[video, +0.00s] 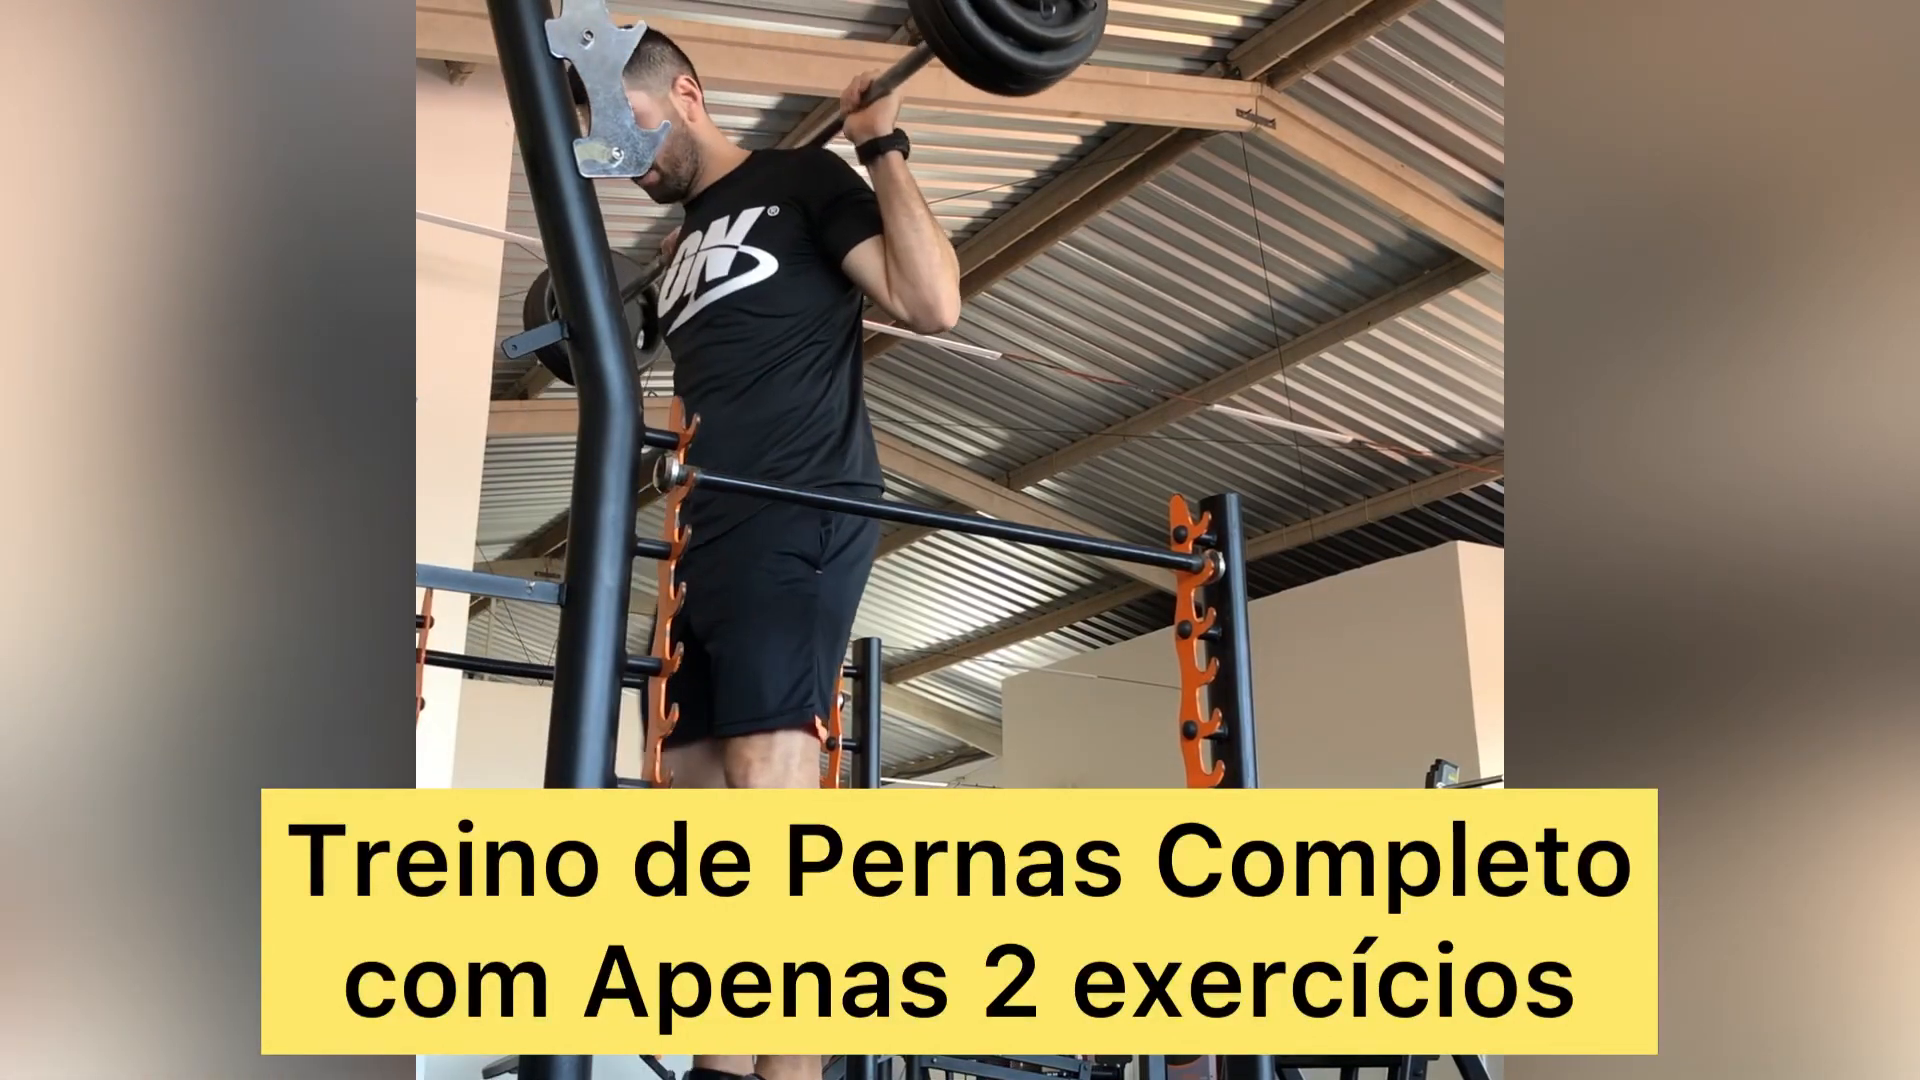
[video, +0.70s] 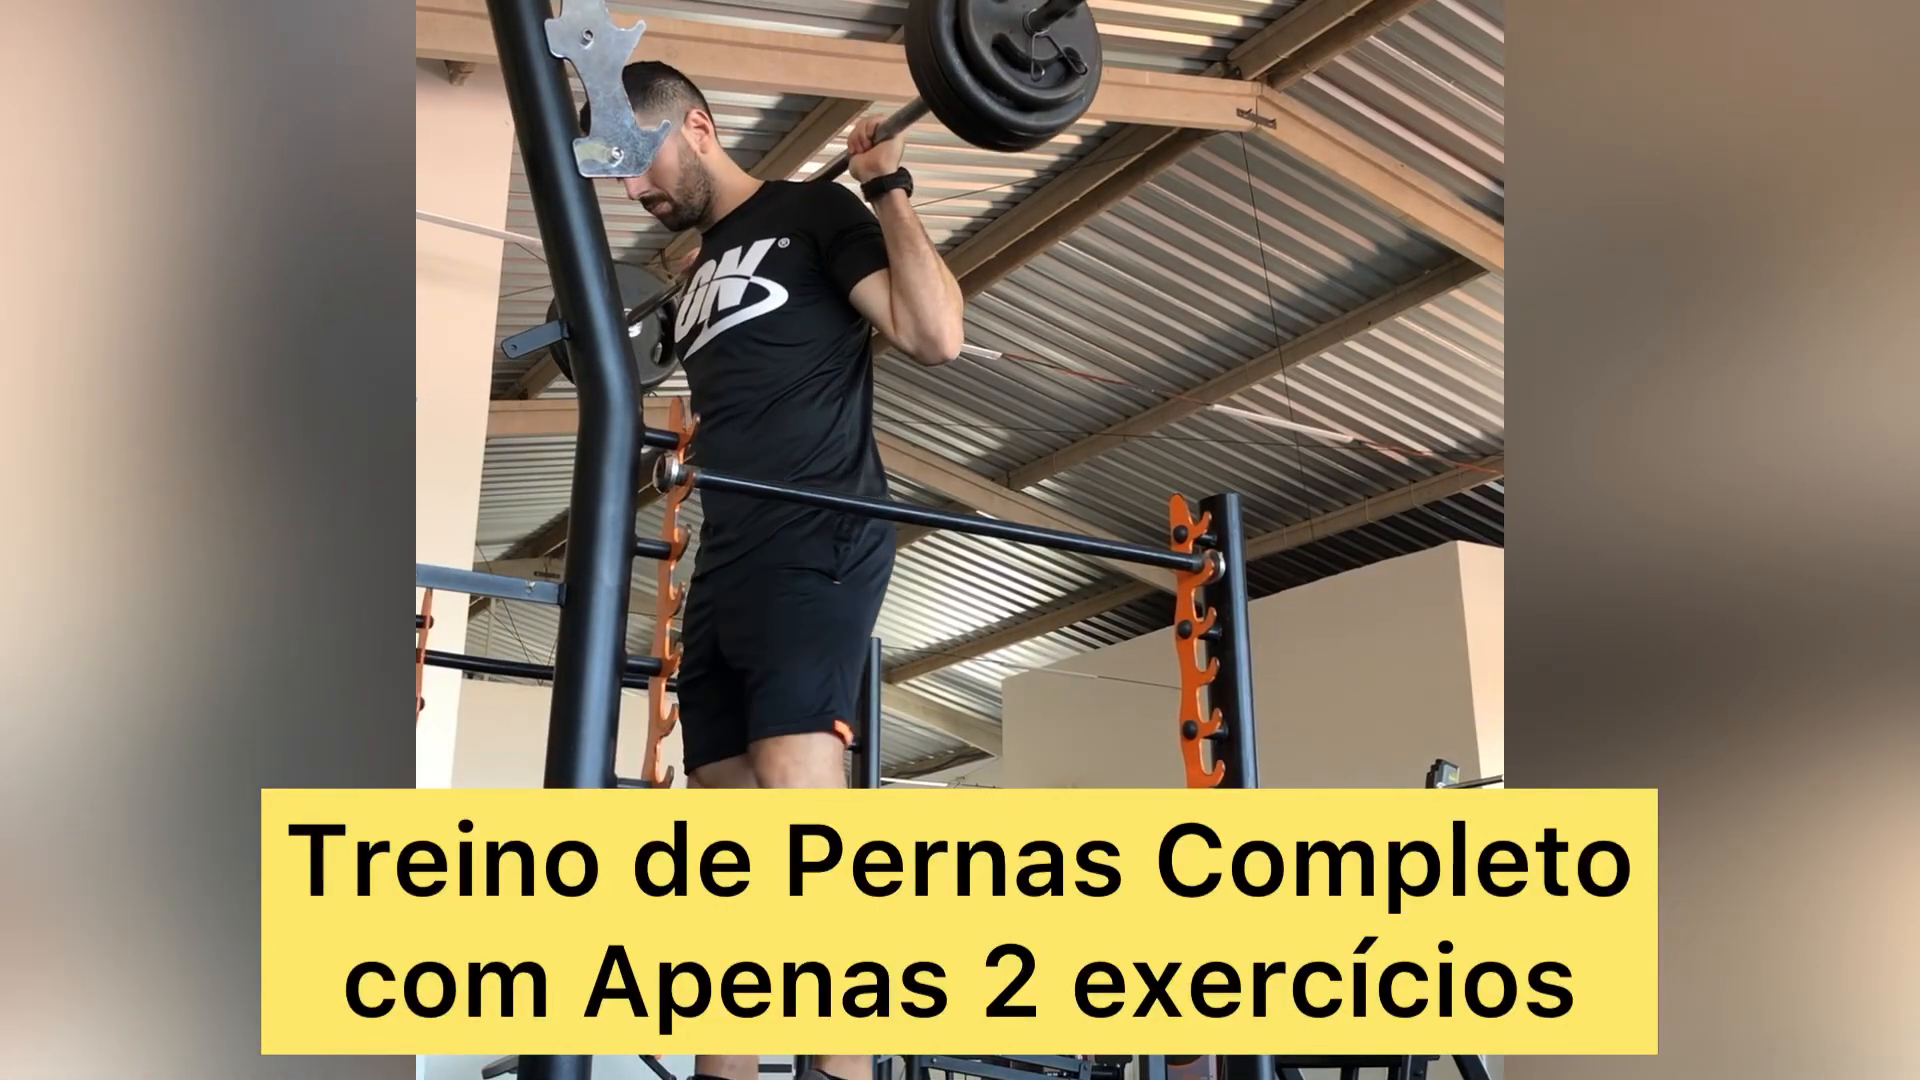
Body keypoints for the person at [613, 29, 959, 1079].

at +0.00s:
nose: (635, 155)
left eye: (643, 128)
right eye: (622, 139)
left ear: (692, 95)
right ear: (630, 136)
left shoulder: (800, 173)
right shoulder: (676, 254)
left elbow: (933, 304)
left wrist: (887, 151)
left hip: (801, 502)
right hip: (713, 514)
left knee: (769, 770)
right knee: (687, 772)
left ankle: (795, 1052)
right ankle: (725, 1051)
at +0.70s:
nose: (637, 187)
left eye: (643, 158)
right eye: (623, 170)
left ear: (700, 128)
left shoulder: (813, 210)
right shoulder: (696, 272)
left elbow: (939, 336)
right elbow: (724, 412)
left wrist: (890, 192)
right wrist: (670, 441)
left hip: (815, 538)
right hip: (728, 552)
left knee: (806, 815)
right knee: (721, 827)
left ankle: (844, 1063)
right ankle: (729, 1064)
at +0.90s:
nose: (648, 182)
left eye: (654, 152)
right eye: (633, 164)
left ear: (713, 119)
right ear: (657, 154)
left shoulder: (828, 200)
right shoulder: (711, 265)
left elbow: (953, 328)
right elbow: (747, 409)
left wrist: (906, 181)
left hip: (827, 527)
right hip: (739, 539)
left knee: (803, 765)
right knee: (724, 793)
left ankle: (848, 1064)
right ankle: (728, 1066)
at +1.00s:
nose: (655, 179)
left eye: (658, 148)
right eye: (640, 161)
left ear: (718, 114)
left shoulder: (836, 195)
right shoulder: (718, 262)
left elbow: (956, 327)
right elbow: (748, 413)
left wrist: (910, 169)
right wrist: (687, 442)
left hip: (836, 518)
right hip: (745, 531)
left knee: (809, 762)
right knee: (707, 784)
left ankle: (848, 1065)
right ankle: (727, 1066)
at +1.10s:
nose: (657, 174)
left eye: (661, 144)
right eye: (644, 156)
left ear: (722, 112)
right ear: (696, 134)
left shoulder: (841, 194)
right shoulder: (724, 258)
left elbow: (962, 324)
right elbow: (738, 432)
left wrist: (915, 168)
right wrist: (694, 575)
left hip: (839, 525)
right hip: (739, 538)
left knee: (817, 768)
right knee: (690, 788)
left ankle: (848, 1065)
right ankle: (719, 1064)